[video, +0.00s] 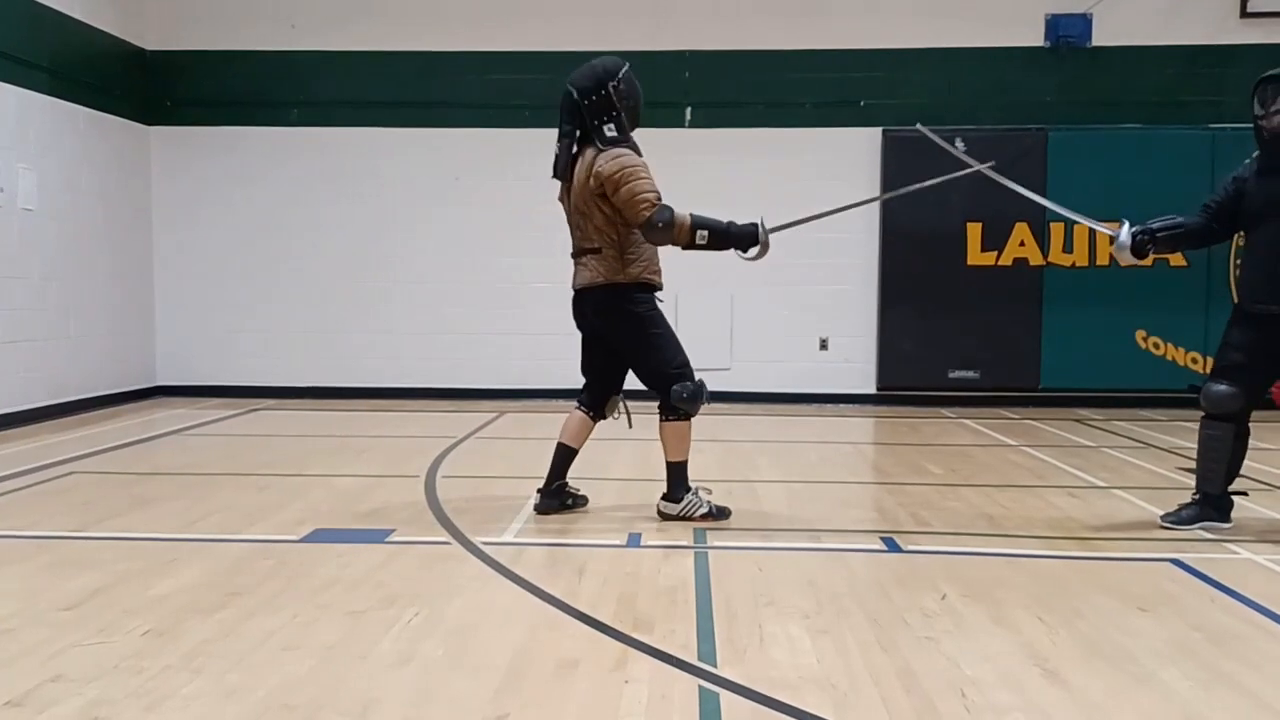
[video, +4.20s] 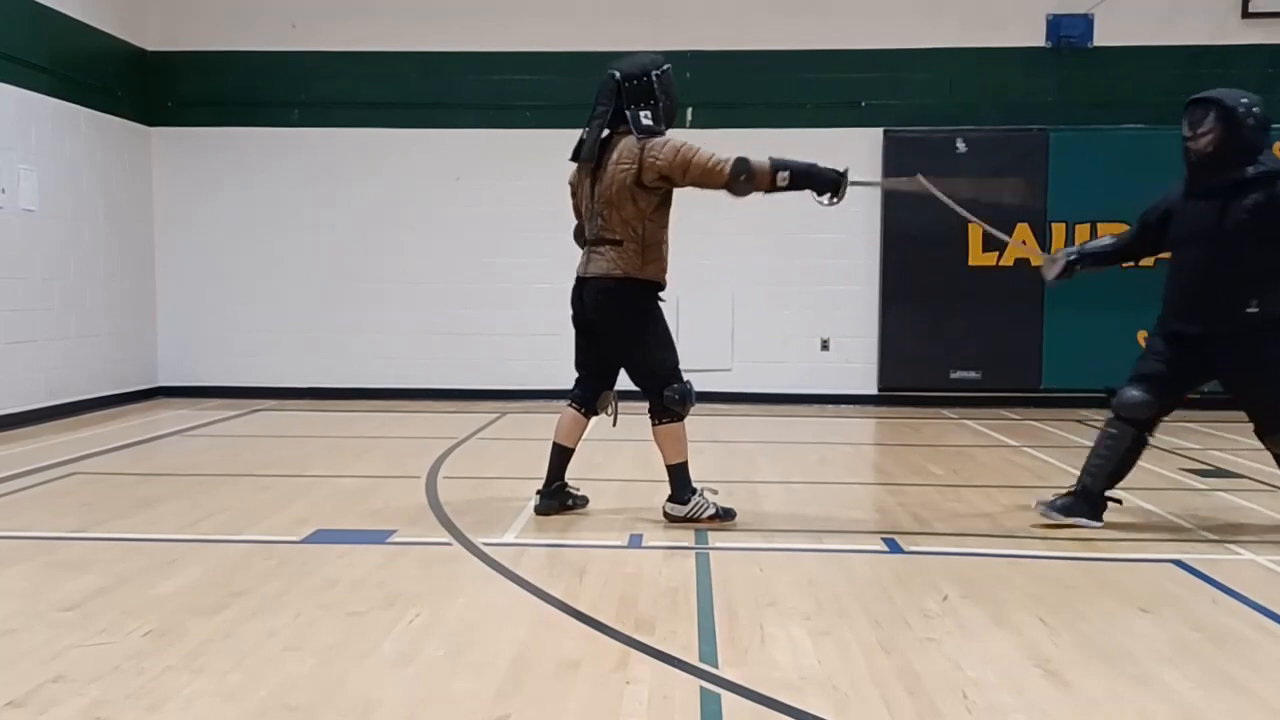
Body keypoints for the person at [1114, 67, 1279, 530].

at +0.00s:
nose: (1268, 121)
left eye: (1274, 113)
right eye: (1266, 112)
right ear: (1260, 118)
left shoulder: (1263, 172)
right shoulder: (1257, 172)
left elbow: (1212, 223)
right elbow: (1212, 223)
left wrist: (1146, 239)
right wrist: (1145, 237)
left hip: (1268, 308)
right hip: (1258, 307)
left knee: (1228, 394)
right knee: (1225, 394)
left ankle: (1212, 498)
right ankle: (1212, 499)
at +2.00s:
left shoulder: (1273, 191)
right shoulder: (1272, 189)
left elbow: (1238, 227)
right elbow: (1238, 226)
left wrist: (1163, 237)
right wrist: (1165, 237)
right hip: (1279, 317)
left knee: (1252, 388)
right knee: (1251, 388)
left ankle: (1233, 498)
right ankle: (1232, 497)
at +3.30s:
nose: (1270, 125)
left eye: (1276, 116)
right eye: (1265, 116)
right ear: (1257, 123)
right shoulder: (1254, 178)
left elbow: (1193, 213)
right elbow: (1192, 213)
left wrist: (1114, 219)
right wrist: (1112, 220)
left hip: (1270, 316)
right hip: (1259, 314)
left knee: (1209, 388)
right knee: (1203, 389)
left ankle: (1193, 493)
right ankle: (1193, 494)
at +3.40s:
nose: (1253, 128)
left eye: (1265, 117)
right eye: (1248, 118)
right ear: (1240, 126)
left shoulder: (1269, 184)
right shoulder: (1238, 190)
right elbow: (1174, 224)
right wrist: (1097, 223)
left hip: (1269, 322)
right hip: (1250, 320)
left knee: (1191, 388)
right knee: (1186, 389)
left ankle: (1143, 488)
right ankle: (1142, 490)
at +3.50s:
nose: (1220, 133)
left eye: (1234, 125)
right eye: (1218, 124)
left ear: (1263, 132)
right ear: (1211, 128)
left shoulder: (1271, 189)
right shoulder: (1211, 194)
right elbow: (1144, 225)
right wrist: (1069, 217)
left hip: (1270, 328)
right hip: (1223, 328)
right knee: (1165, 403)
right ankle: (1103, 491)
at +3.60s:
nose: (1179, 144)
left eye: (1193, 134)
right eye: (1178, 134)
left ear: (1224, 141)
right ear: (1171, 138)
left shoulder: (1261, 194)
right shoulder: (1166, 201)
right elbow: (1102, 219)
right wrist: (1036, 202)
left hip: (1251, 341)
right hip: (1179, 343)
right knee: (1124, 405)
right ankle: (1083, 500)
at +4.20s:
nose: (1193, 138)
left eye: (1207, 130)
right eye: (1194, 128)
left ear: (1239, 133)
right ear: (1192, 130)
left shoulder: (1268, 188)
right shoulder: (1190, 195)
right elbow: (1137, 240)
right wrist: (1076, 255)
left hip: (1252, 333)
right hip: (1184, 330)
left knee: (1274, 429)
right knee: (1134, 406)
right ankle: (1087, 496)